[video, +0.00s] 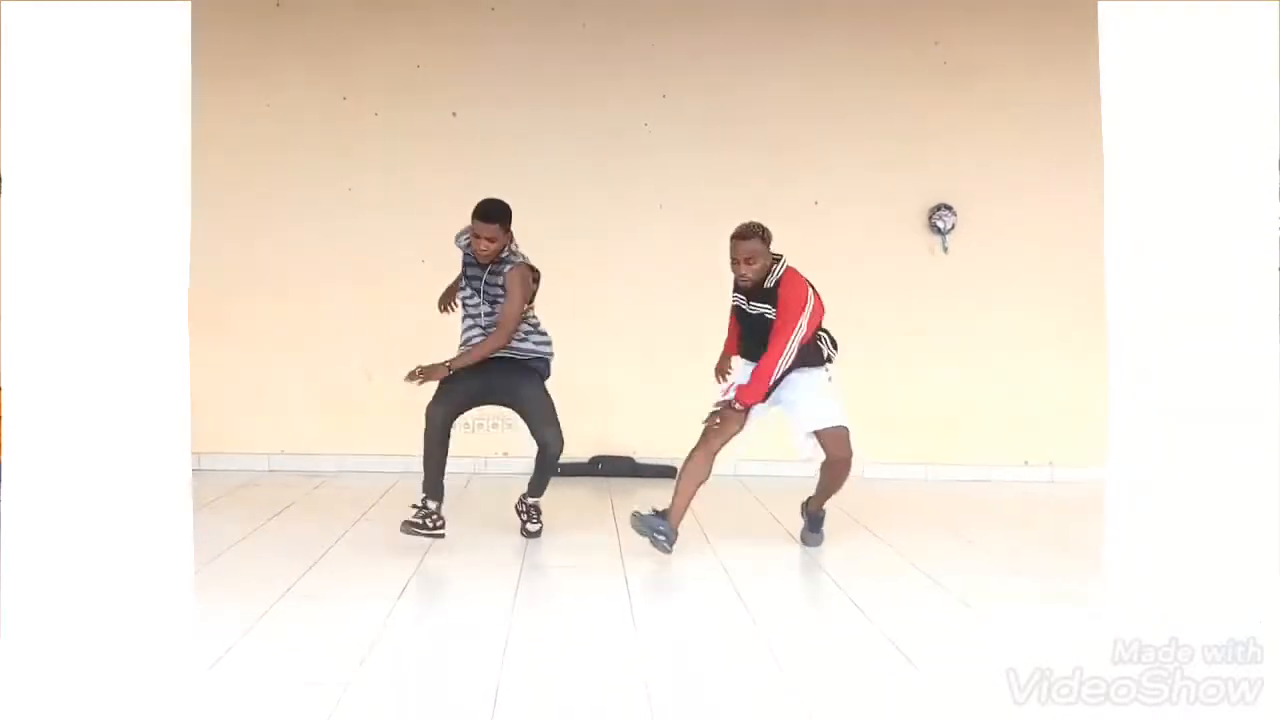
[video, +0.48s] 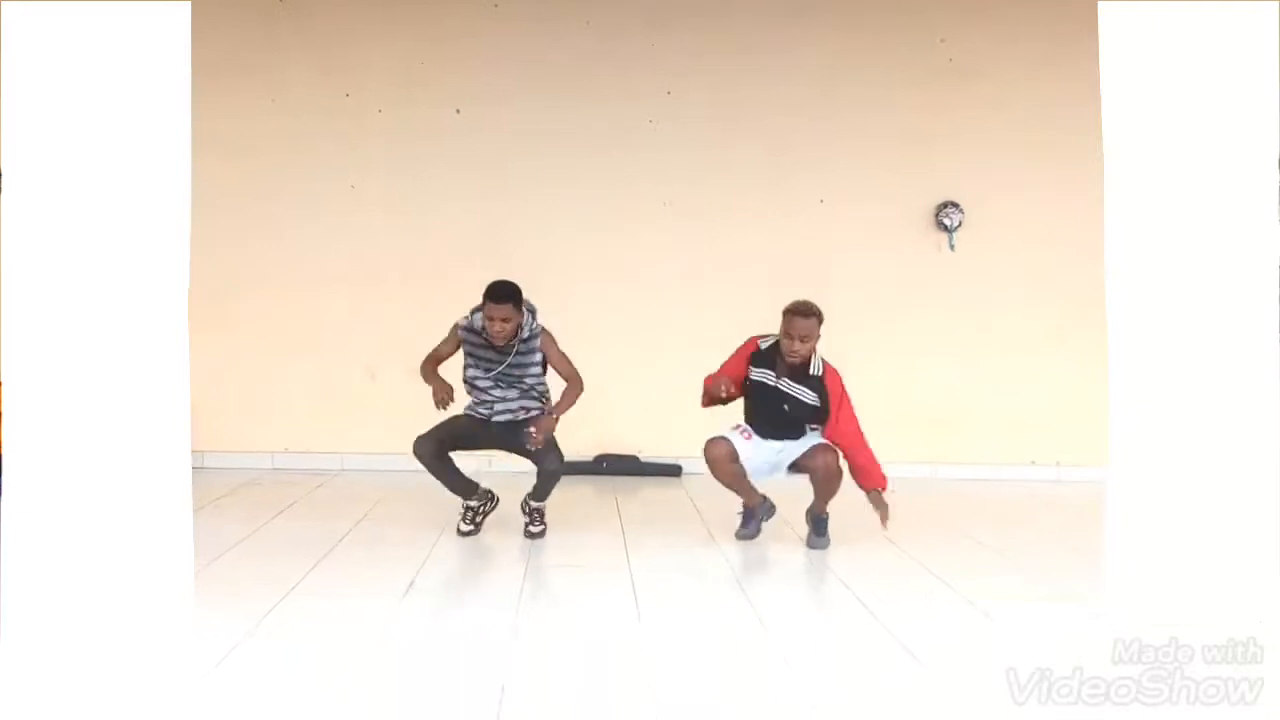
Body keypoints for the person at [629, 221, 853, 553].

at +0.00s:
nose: (741, 270)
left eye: (750, 262)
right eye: (735, 262)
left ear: (769, 257)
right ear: (730, 258)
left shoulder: (796, 290)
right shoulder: (741, 279)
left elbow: (782, 351)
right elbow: (738, 317)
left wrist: (743, 400)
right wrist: (728, 352)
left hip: (804, 372)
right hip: (753, 367)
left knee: (841, 455)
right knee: (712, 436)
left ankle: (814, 508)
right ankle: (670, 523)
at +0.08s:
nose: (751, 259)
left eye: (760, 252)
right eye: (745, 251)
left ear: (777, 247)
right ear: (738, 247)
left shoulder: (790, 282)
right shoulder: (746, 271)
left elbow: (774, 343)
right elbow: (749, 285)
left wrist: (725, 381)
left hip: (797, 378)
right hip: (746, 378)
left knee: (836, 463)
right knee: (708, 446)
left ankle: (816, 510)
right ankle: (660, 532)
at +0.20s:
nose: (760, 264)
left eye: (769, 257)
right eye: (754, 256)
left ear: (784, 251)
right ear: (746, 249)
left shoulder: (796, 274)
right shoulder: (747, 261)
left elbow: (792, 322)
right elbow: (743, 233)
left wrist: (740, 308)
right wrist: (735, 209)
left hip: (797, 382)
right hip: (749, 380)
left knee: (830, 458)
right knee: (704, 442)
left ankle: (825, 511)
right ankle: (664, 529)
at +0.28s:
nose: (765, 274)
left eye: (774, 266)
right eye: (759, 265)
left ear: (790, 263)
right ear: (750, 261)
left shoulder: (800, 287)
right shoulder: (750, 273)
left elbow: (800, 330)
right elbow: (738, 252)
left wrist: (752, 326)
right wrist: (729, 229)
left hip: (796, 385)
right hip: (750, 380)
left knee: (822, 455)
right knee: (701, 423)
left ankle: (824, 511)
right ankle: (682, 516)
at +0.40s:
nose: (787, 315)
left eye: (796, 308)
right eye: (781, 306)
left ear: (811, 305)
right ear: (773, 300)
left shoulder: (822, 343)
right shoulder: (758, 313)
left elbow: (833, 397)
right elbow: (719, 334)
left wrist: (821, 450)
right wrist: (707, 332)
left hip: (798, 419)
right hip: (754, 409)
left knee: (825, 473)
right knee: (715, 419)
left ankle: (815, 513)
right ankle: (746, 494)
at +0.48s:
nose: (794, 346)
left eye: (804, 340)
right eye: (788, 337)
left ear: (817, 339)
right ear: (780, 331)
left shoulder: (826, 378)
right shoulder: (755, 350)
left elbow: (848, 433)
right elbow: (715, 384)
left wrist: (872, 487)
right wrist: (719, 388)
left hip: (801, 444)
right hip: (755, 439)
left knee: (827, 463)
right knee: (716, 451)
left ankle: (818, 513)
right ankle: (755, 504)